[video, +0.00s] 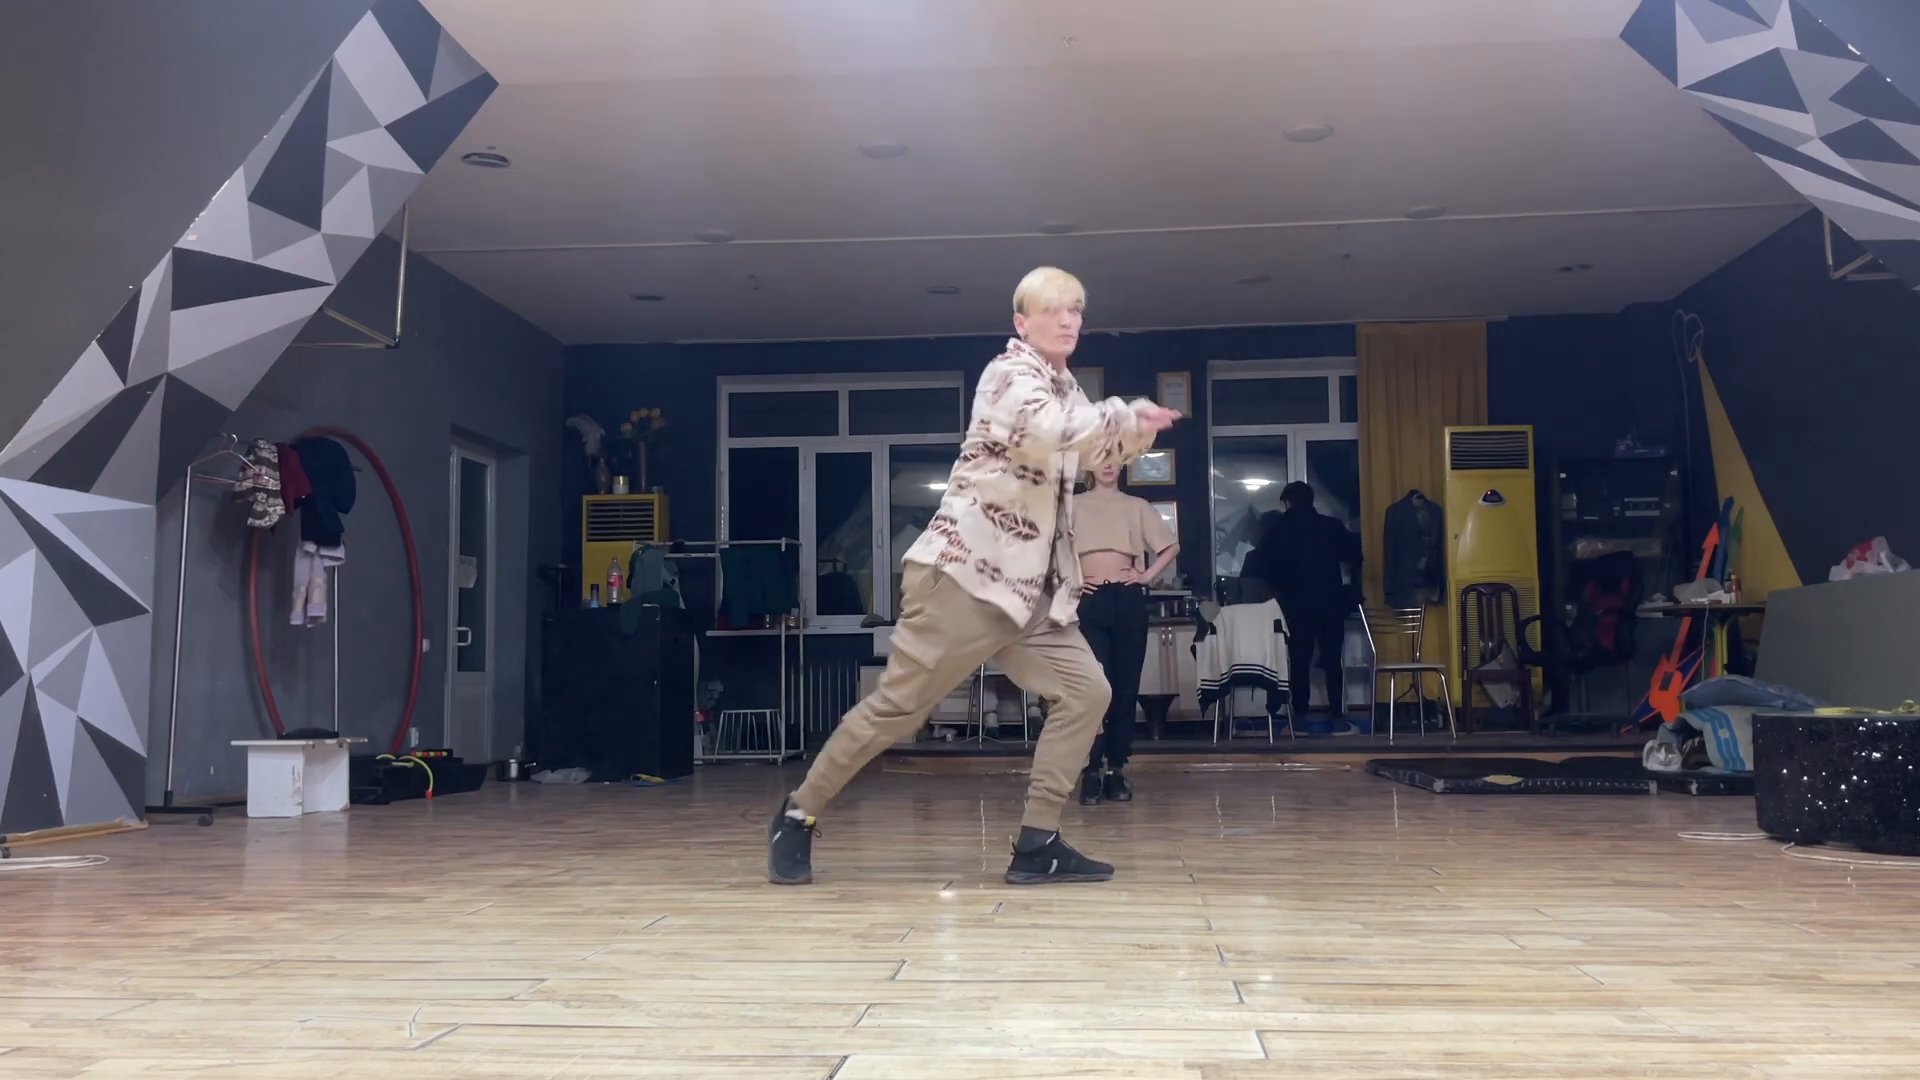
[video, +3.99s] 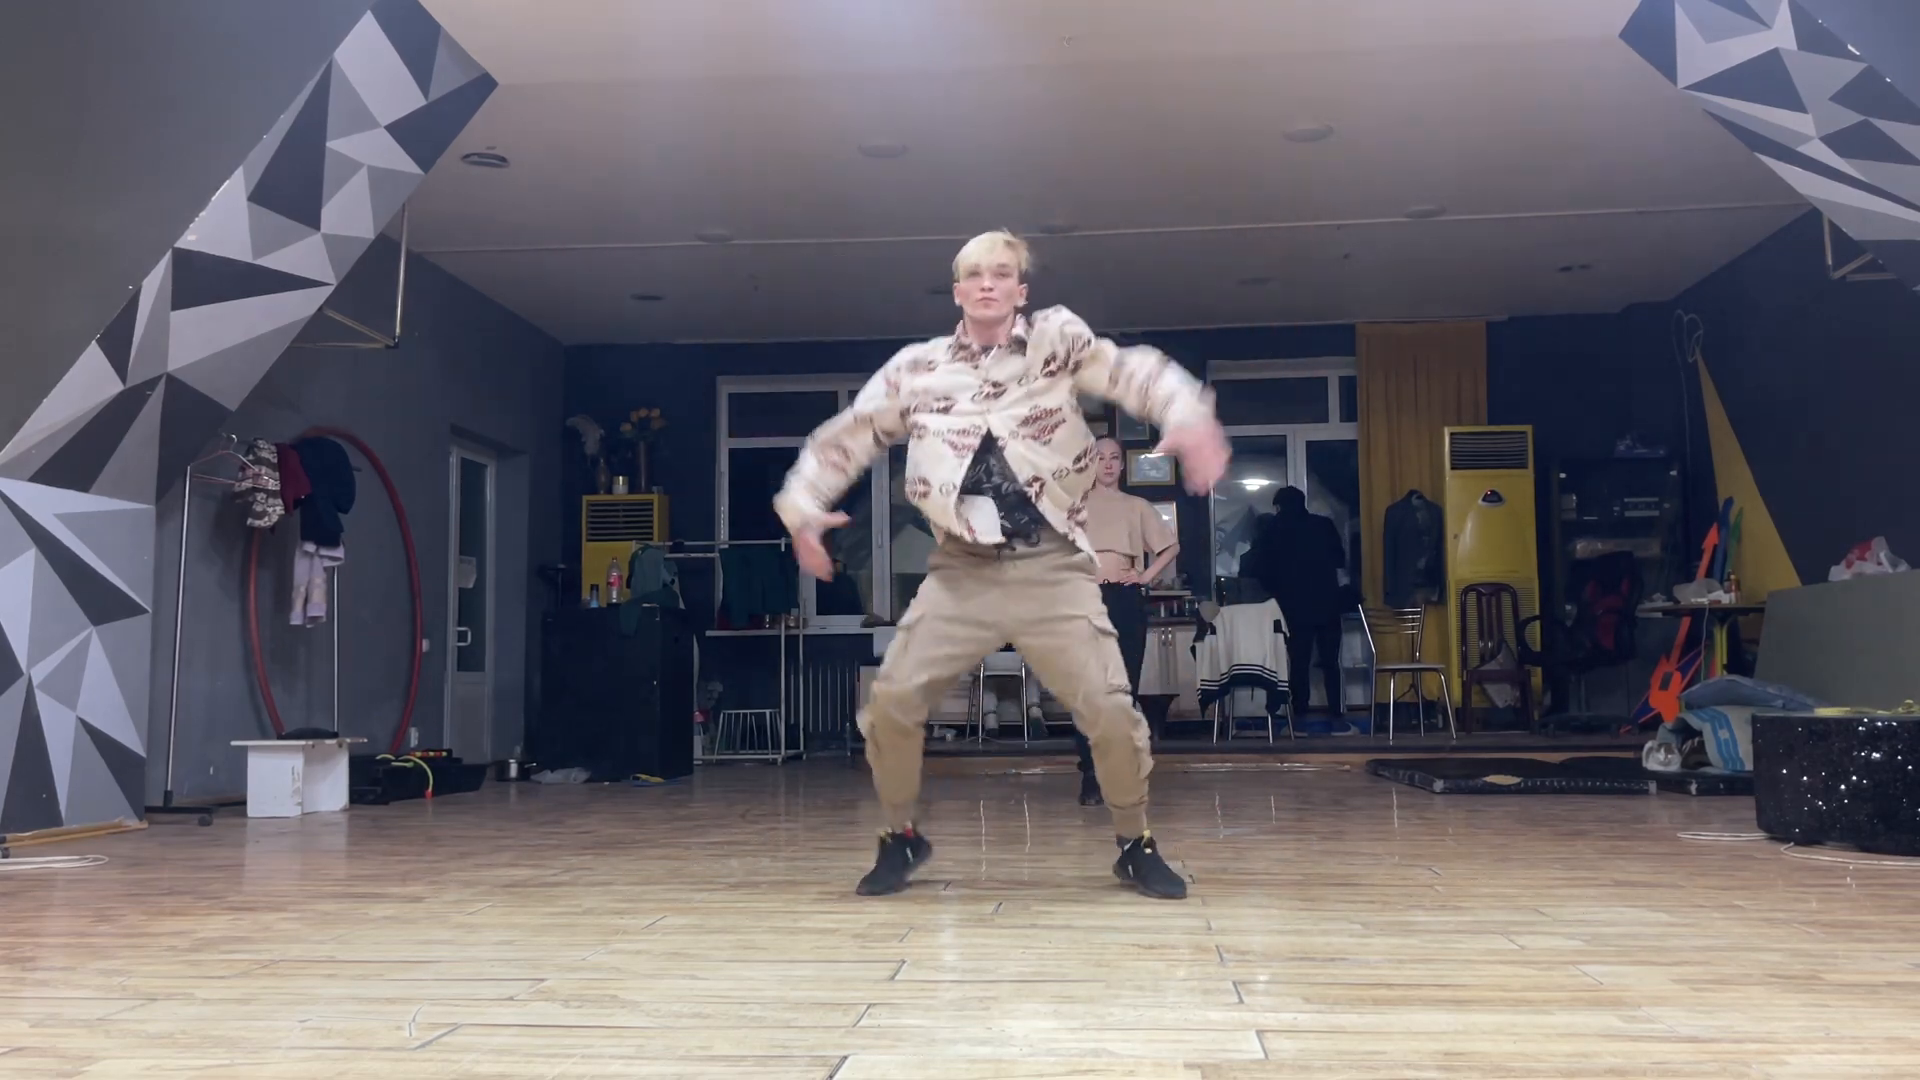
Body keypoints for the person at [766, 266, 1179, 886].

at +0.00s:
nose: (1073, 322)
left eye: (1078, 311)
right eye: (1060, 311)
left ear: (1079, 320)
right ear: (1023, 321)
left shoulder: (1067, 390)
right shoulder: (1011, 375)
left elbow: (1083, 460)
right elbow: (1048, 429)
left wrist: (1121, 449)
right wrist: (1123, 417)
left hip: (1022, 588)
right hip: (959, 575)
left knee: (1086, 692)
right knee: (896, 708)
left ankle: (1038, 841)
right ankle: (797, 816)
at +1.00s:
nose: (1004, 277)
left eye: (1016, 267)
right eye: (991, 267)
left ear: (1034, 282)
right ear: (971, 281)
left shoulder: (1068, 364)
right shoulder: (938, 343)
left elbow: (1145, 381)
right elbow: (861, 360)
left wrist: (1231, 376)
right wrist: (938, 371)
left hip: (1028, 571)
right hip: (937, 559)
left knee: (1061, 695)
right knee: (880, 685)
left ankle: (1062, 832)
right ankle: (849, 812)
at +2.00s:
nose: (999, 294)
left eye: (1010, 281)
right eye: (991, 286)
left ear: (1041, 285)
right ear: (984, 294)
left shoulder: (1070, 344)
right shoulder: (982, 347)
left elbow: (1035, 271)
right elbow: (925, 292)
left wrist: (979, 202)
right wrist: (947, 212)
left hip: (1069, 566)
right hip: (998, 568)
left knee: (1132, 702)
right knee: (917, 668)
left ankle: (1232, 823)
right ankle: (924, 830)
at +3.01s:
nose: (957, 430)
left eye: (951, 415)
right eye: (947, 425)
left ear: (968, 379)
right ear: (965, 400)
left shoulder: (1022, 348)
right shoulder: (1019, 437)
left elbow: (1021, 252)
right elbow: (1070, 501)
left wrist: (1027, 156)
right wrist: (1049, 547)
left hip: (1132, 529)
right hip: (1125, 542)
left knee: (1051, 674)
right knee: (1104, 675)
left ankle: (1145, 839)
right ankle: (1139, 824)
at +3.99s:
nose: (986, 284)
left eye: (999, 275)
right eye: (974, 275)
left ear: (1021, 287)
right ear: (955, 288)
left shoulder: (1056, 341)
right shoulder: (916, 370)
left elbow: (1135, 373)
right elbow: (846, 439)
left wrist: (1189, 417)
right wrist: (800, 505)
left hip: (1055, 570)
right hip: (959, 575)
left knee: (1112, 713)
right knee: (891, 702)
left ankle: (1136, 844)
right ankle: (901, 838)